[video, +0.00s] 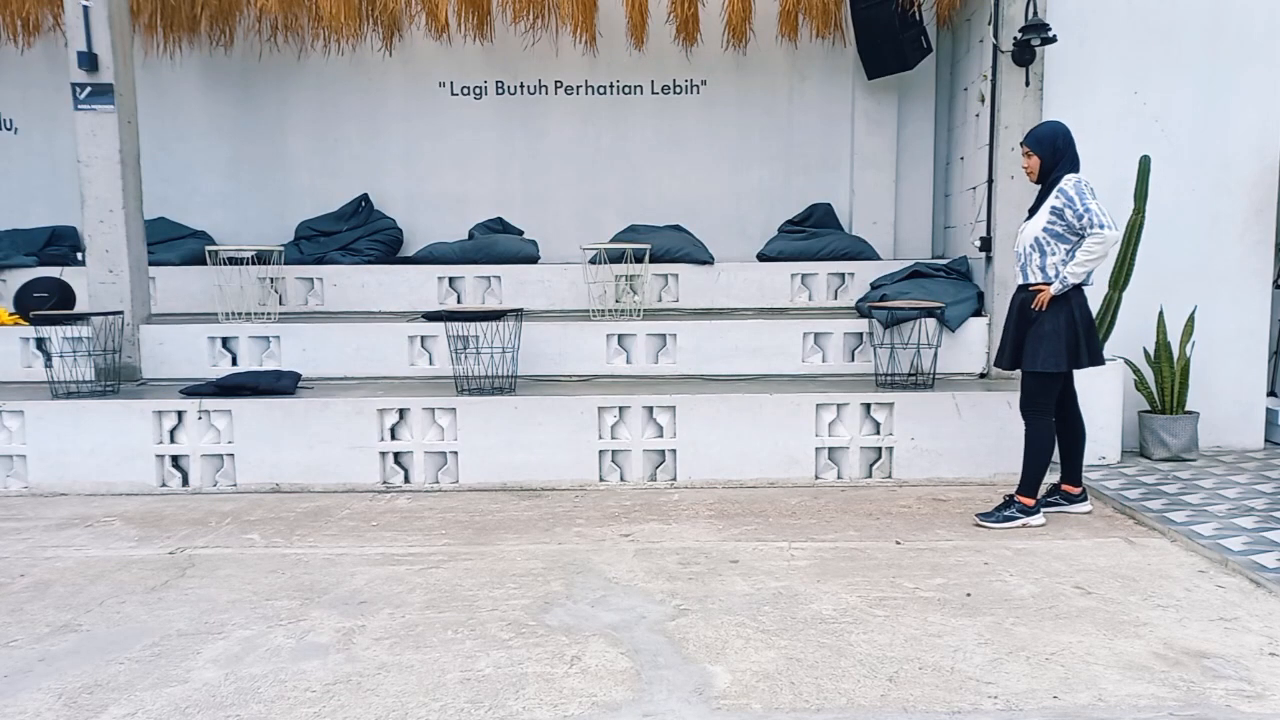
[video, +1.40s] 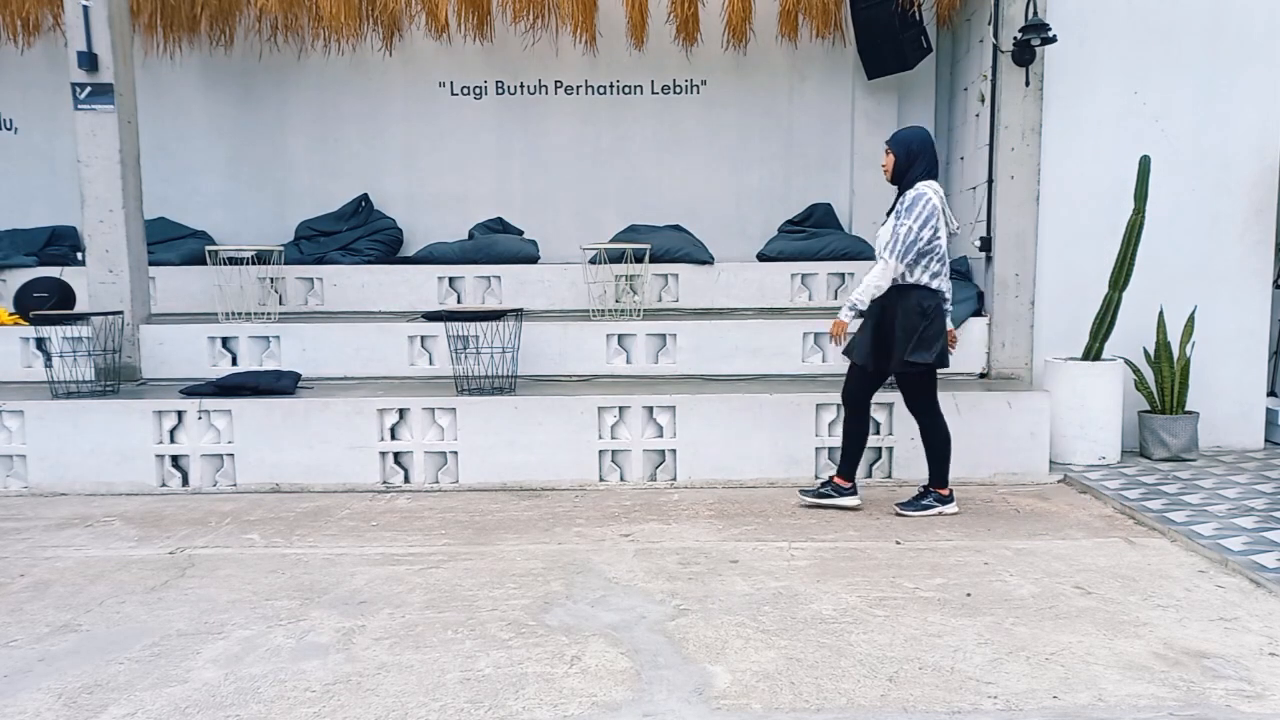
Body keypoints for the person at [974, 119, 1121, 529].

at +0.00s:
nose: (1024, 163)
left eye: (1030, 155)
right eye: (1024, 156)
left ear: (1052, 154)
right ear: (1043, 156)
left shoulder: (1071, 186)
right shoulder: (1050, 193)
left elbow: (1103, 233)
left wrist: (1060, 283)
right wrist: (1035, 283)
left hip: (1052, 311)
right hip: (1041, 309)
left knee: (1037, 406)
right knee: (1063, 404)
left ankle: (1024, 500)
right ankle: (1072, 488)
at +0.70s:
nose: (1000, 168)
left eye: (1005, 160)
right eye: (998, 160)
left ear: (1027, 158)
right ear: (1017, 160)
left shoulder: (1048, 186)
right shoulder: (1025, 198)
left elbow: (1091, 231)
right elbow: (1015, 262)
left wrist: (1052, 283)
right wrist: (997, 306)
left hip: (1032, 310)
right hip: (1017, 310)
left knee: (994, 397)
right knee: (1048, 404)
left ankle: (964, 490)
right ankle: (1071, 489)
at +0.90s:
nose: (976, 169)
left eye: (981, 161)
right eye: (976, 162)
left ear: (1002, 160)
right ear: (996, 163)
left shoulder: (1027, 194)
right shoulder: (997, 205)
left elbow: (1072, 248)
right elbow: (978, 268)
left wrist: (1074, 311)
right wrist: (948, 304)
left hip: (1006, 310)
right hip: (988, 311)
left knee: (968, 400)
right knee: (1030, 403)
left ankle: (939, 489)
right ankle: (1068, 486)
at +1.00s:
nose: (960, 169)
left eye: (965, 160)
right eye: (960, 160)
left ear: (987, 160)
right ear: (983, 160)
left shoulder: (1011, 198)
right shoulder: (983, 204)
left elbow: (1041, 263)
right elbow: (958, 265)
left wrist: (1071, 321)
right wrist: (927, 300)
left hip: (982, 308)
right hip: (967, 308)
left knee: (959, 402)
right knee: (1006, 402)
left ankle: (940, 490)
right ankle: (1060, 479)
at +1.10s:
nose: (944, 166)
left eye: (949, 158)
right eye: (944, 158)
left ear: (970, 158)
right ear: (967, 159)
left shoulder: (992, 199)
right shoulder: (964, 202)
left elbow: (1011, 267)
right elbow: (942, 267)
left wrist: (1025, 327)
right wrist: (917, 305)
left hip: (962, 304)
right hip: (944, 305)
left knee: (955, 404)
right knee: (963, 405)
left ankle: (941, 491)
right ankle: (1035, 468)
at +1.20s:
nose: (925, 164)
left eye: (931, 156)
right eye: (925, 157)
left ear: (952, 157)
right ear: (947, 159)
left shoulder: (971, 199)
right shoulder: (949, 201)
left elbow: (974, 272)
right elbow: (940, 272)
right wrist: (913, 322)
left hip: (948, 309)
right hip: (924, 309)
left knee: (947, 400)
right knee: (910, 401)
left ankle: (942, 491)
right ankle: (984, 457)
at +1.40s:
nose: (884, 161)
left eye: (889, 154)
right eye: (885, 154)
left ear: (909, 157)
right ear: (913, 158)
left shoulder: (922, 197)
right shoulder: (916, 196)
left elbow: (891, 263)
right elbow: (936, 267)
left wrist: (850, 308)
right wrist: (944, 319)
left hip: (914, 309)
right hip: (895, 306)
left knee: (921, 401)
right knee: (855, 391)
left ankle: (940, 491)